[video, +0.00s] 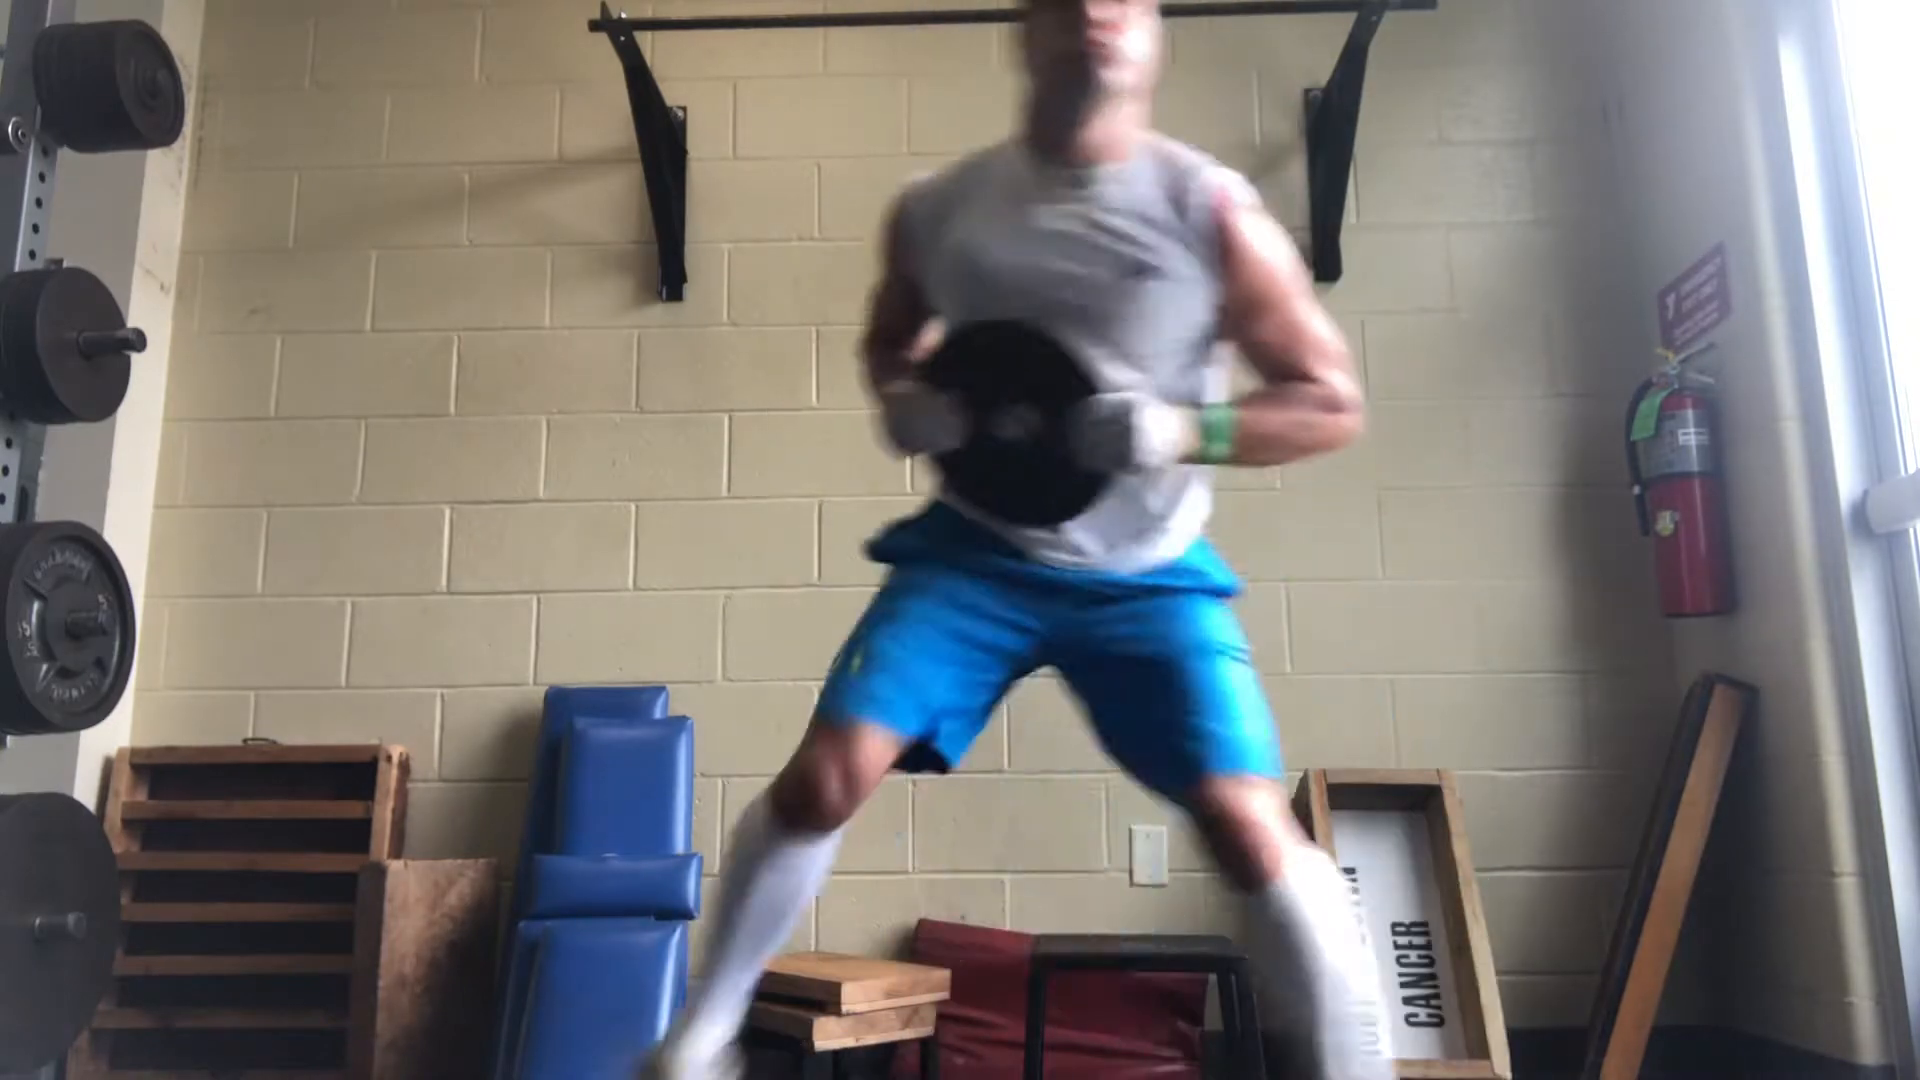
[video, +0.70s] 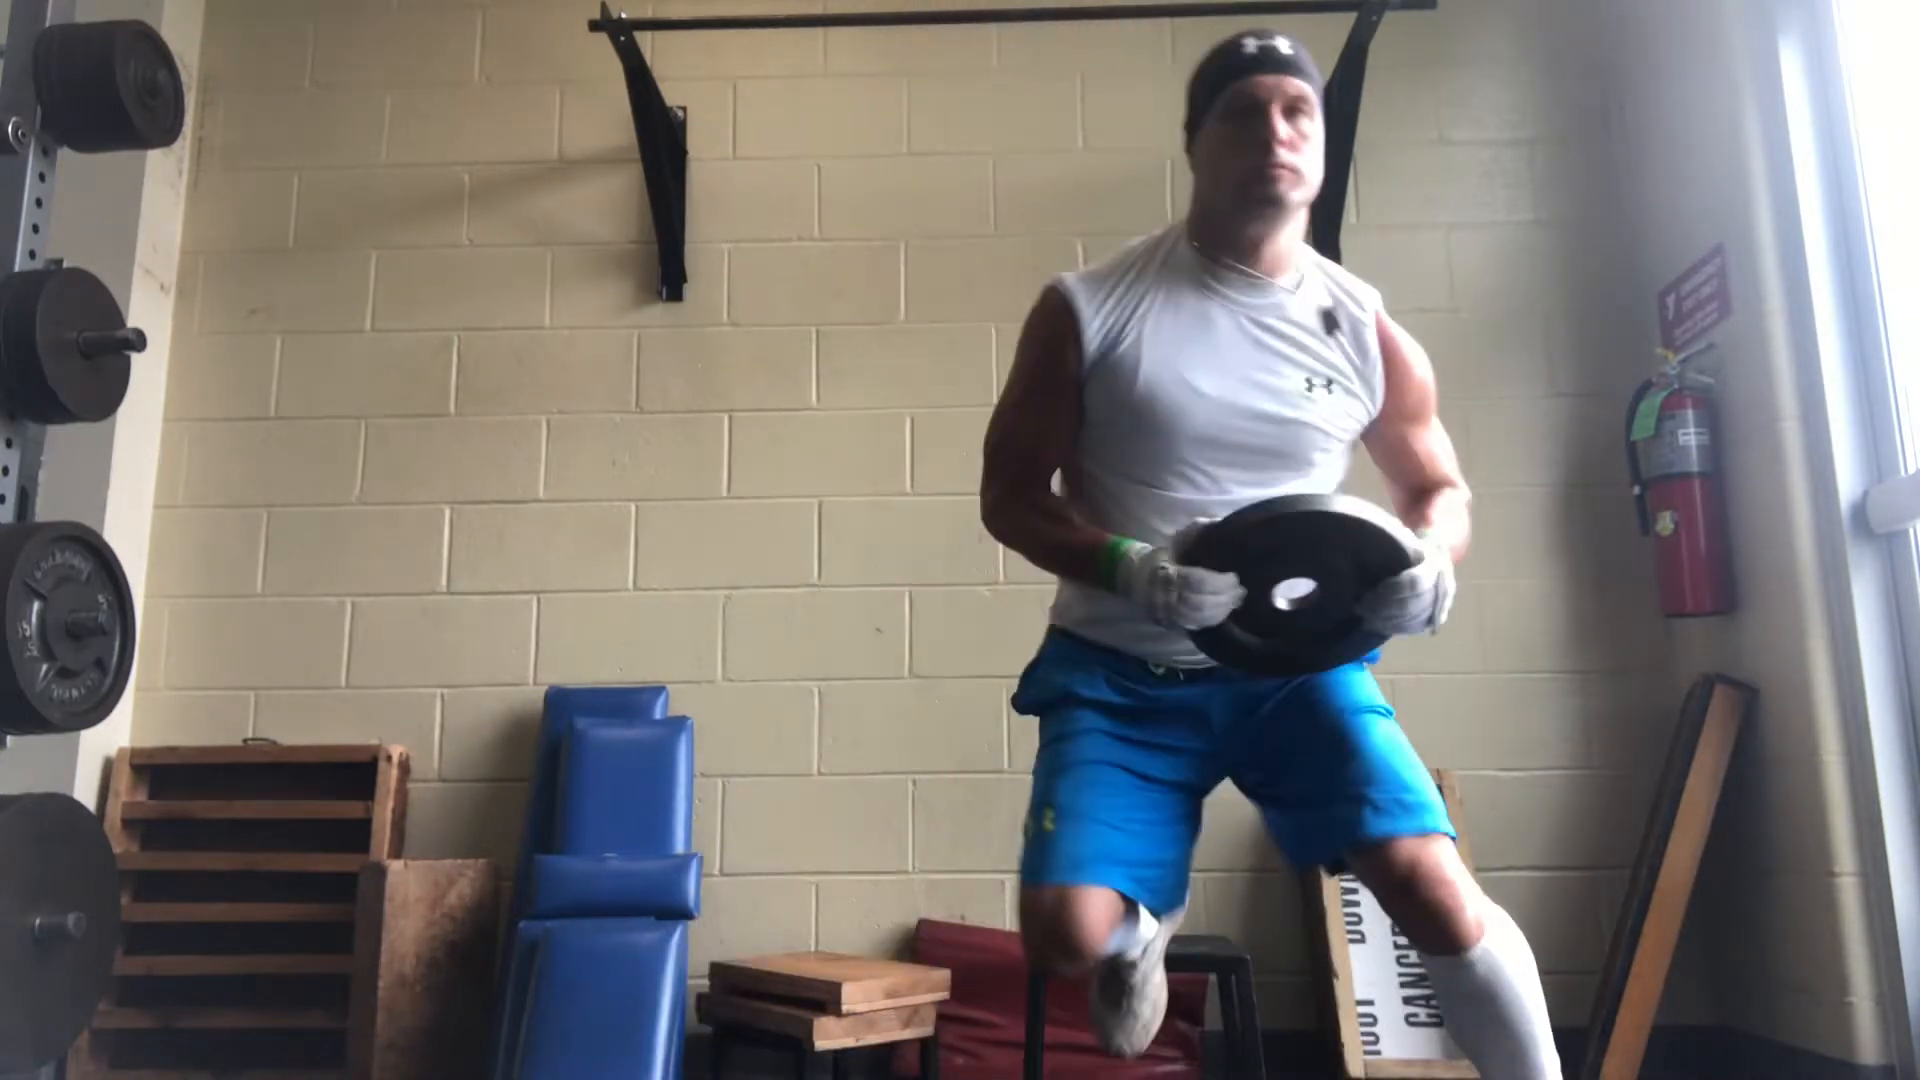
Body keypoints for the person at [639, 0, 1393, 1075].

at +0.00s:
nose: (1099, 25)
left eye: (1122, 6)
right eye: (1067, 7)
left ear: (1155, 37)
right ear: (1023, 33)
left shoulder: (1210, 212)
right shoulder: (936, 214)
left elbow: (1332, 404)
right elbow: (887, 362)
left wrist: (1173, 430)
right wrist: (916, 410)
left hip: (1152, 581)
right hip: (972, 562)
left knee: (1249, 829)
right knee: (823, 780)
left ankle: (1361, 1073)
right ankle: (690, 1053)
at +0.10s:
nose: (968, 56)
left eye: (995, 31)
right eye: (941, 34)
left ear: (1033, 62)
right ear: (911, 69)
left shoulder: (1111, 234)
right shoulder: (848, 265)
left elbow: (1243, 421)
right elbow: (811, 427)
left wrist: (1100, 469)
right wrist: (837, 484)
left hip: (1068, 614)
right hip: (901, 610)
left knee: (1122, 883)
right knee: (763, 872)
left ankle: (1049, 1036)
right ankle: (649, 1075)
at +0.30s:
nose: (884, 134)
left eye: (904, 117)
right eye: (856, 124)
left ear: (942, 152)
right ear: (825, 166)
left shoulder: (1042, 304)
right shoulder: (775, 358)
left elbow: (1184, 463)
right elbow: (745, 524)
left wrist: (1090, 522)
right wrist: (793, 566)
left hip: (1022, 676)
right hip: (849, 676)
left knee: (1053, 919)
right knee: (714, 906)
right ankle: (641, 1077)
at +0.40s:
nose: (967, 106)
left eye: (987, 83)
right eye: (940, 90)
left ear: (1025, 109)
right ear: (905, 126)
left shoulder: (1109, 265)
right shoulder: (839, 304)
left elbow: (1252, 418)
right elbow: (793, 470)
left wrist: (1178, 470)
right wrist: (873, 494)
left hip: (1092, 629)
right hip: (910, 645)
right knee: (782, 889)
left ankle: (1289, 1038)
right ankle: (668, 1074)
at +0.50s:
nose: (1088, 72)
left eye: (1111, 50)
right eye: (1060, 53)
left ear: (1151, 82)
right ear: (1021, 86)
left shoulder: (1220, 247)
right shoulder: (938, 262)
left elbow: (1333, 395)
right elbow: (879, 434)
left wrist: (1292, 451)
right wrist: (981, 467)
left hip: (1180, 606)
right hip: (998, 616)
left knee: (1317, 813)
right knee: (874, 857)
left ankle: (1501, 1068)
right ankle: (771, 1066)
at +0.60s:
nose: (1204, 105)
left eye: (1225, 82)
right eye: (1173, 83)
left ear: (1260, 119)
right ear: (1129, 114)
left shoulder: (1318, 295)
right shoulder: (1036, 294)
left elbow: (1393, 440)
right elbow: (973, 480)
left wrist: (1384, 511)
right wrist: (1092, 529)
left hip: (1270, 655)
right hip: (1086, 660)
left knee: (1404, 871)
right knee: (1003, 901)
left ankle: (1528, 1071)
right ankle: (971, 1062)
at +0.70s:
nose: (1278, 128)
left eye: (1298, 112)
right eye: (1246, 113)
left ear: (1324, 154)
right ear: (1195, 147)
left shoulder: (1368, 336)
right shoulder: (1088, 311)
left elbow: (1438, 491)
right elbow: (1010, 497)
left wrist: (1432, 561)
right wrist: (1129, 569)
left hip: (1301, 670)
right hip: (1119, 674)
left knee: (1431, 889)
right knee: (1066, 933)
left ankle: (1539, 1074)